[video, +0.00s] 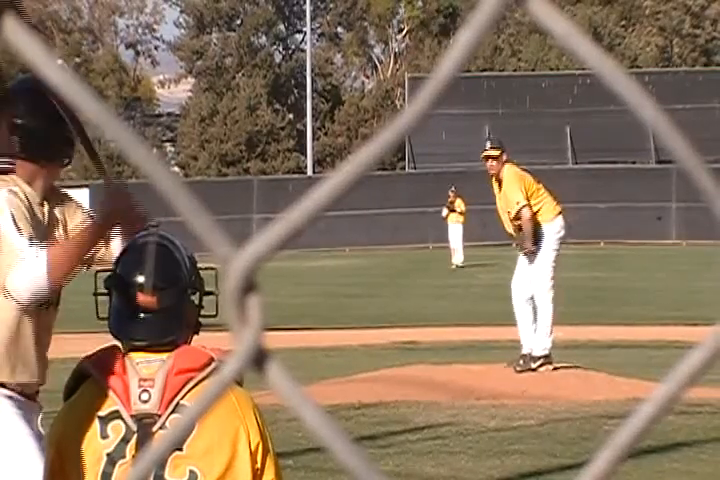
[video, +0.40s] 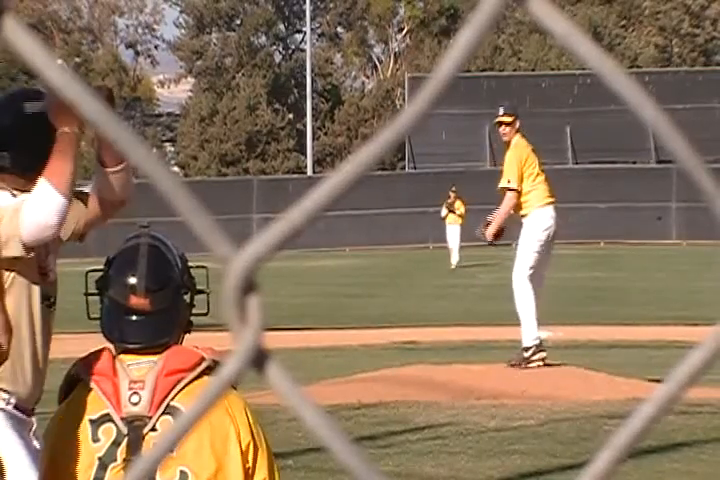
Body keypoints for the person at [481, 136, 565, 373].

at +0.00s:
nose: (491, 163)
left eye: (495, 158)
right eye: (487, 159)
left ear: (504, 158)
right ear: (484, 162)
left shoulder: (510, 175)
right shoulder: (496, 180)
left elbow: (525, 212)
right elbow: (510, 210)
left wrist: (529, 241)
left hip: (548, 226)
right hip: (531, 230)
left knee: (541, 285)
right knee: (519, 287)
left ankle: (542, 350)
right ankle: (528, 348)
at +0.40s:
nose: (504, 129)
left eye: (508, 124)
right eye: (500, 125)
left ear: (517, 125)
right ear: (498, 128)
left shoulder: (515, 150)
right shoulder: (520, 147)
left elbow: (512, 194)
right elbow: (516, 191)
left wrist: (495, 226)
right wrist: (498, 215)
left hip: (537, 214)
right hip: (544, 212)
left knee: (520, 276)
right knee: (529, 277)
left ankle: (531, 343)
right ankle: (531, 340)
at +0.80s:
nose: (512, 120)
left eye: (516, 116)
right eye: (508, 116)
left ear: (526, 117)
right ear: (507, 119)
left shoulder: (521, 143)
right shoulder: (524, 140)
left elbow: (515, 190)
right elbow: (516, 182)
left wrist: (489, 190)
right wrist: (494, 181)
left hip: (529, 216)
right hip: (530, 214)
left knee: (526, 282)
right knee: (526, 282)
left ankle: (534, 348)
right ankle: (533, 347)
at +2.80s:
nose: (511, 121)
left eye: (515, 115)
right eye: (508, 117)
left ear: (526, 115)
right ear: (507, 120)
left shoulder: (526, 144)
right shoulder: (526, 141)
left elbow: (529, 189)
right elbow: (522, 182)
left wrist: (508, 209)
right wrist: (504, 197)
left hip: (530, 215)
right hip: (528, 214)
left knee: (528, 282)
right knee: (525, 281)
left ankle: (535, 347)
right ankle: (532, 346)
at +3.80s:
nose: (500, 132)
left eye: (504, 126)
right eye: (498, 128)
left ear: (516, 123)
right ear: (499, 129)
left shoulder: (519, 148)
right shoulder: (526, 144)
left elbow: (520, 196)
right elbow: (525, 192)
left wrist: (498, 212)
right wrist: (502, 207)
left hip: (531, 217)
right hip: (539, 215)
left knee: (504, 278)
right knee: (526, 284)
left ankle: (526, 342)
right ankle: (532, 343)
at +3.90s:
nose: (498, 135)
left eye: (500, 129)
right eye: (495, 132)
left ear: (512, 126)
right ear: (503, 131)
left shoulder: (519, 148)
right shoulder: (525, 147)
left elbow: (515, 198)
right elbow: (520, 197)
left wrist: (489, 207)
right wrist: (493, 201)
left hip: (530, 218)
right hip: (541, 217)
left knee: (490, 257)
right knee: (525, 282)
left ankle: (513, 311)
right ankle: (533, 346)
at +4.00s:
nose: (494, 139)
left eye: (496, 133)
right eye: (492, 136)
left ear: (508, 128)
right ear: (501, 133)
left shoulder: (516, 150)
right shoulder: (520, 148)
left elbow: (509, 199)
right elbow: (512, 196)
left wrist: (480, 199)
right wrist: (483, 199)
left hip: (531, 214)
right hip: (538, 213)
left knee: (484, 228)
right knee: (528, 282)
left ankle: (508, 282)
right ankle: (531, 346)